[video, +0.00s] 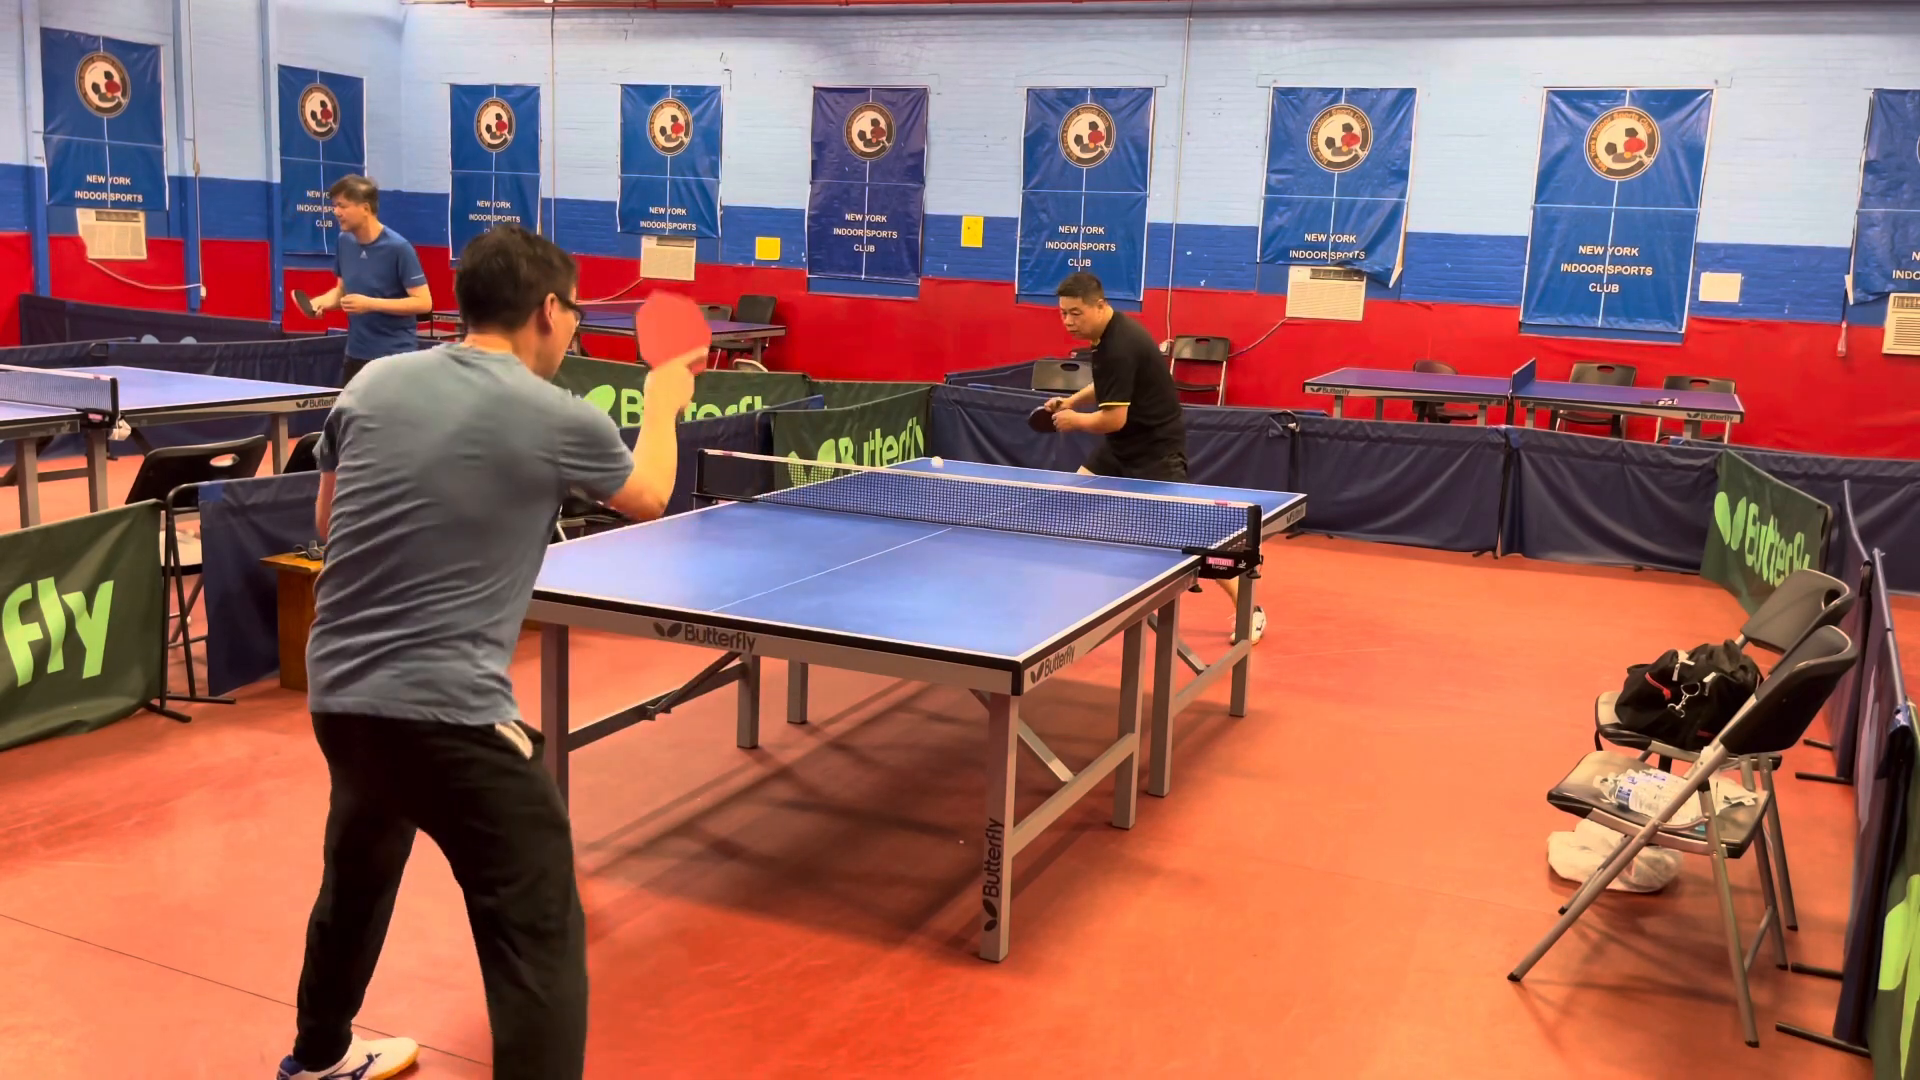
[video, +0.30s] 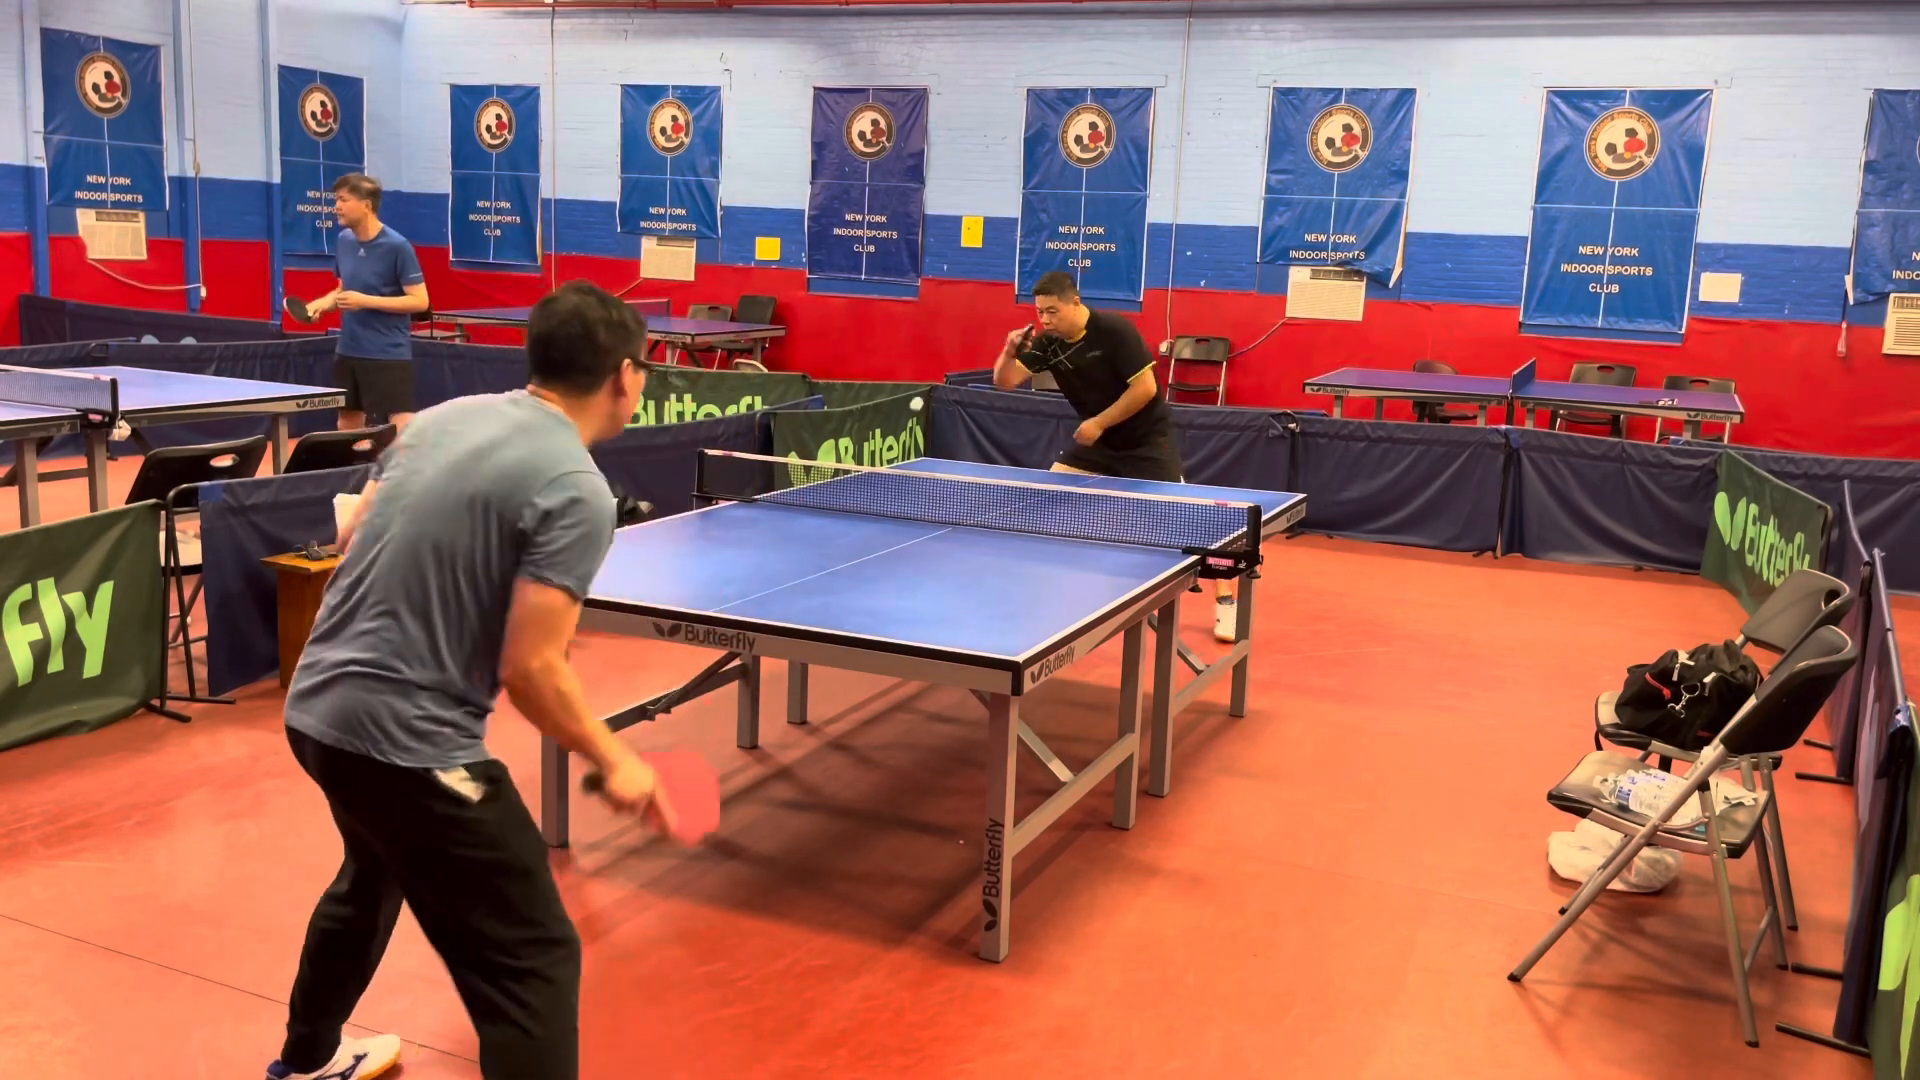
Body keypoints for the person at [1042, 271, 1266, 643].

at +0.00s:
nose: (1067, 322)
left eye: (1074, 314)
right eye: (1063, 314)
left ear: (1100, 306)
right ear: (1064, 310)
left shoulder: (1121, 344)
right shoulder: (1106, 334)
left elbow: (1115, 419)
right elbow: (1108, 383)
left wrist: (1076, 421)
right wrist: (1071, 401)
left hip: (1157, 452)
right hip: (1119, 446)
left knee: (1191, 532)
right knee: (1069, 506)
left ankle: (1248, 612)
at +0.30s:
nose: (1044, 321)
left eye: (1051, 312)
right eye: (1040, 312)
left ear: (1075, 305)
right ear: (1037, 310)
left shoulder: (1116, 330)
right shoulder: (1047, 341)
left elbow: (1145, 388)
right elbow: (1005, 381)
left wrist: (1099, 422)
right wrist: (1009, 352)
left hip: (1147, 440)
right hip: (1097, 441)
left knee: (1180, 514)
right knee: (1045, 497)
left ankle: (1224, 595)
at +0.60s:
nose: (1068, 326)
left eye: (1077, 317)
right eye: (1063, 318)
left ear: (1098, 315)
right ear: (1057, 317)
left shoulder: (1131, 350)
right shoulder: (1053, 354)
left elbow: (1148, 410)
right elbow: (1033, 402)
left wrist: (1095, 435)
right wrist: (1030, 409)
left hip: (1132, 450)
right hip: (1073, 448)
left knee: (1169, 509)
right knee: (1021, 497)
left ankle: (1196, 594)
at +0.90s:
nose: (1057, 319)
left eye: (1065, 311)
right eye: (1052, 311)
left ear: (1087, 304)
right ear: (1049, 309)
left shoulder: (1109, 342)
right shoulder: (1082, 335)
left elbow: (1106, 414)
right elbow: (1087, 382)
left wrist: (1067, 419)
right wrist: (1058, 405)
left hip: (1142, 446)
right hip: (1102, 440)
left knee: (1167, 523)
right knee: (1052, 498)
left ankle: (1230, 594)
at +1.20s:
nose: (1121, 318)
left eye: (1128, 310)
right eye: (1118, 310)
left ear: (1154, 304)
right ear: (1117, 309)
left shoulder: (1192, 343)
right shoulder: (1127, 343)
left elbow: (1203, 408)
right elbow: (1101, 399)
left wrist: (1150, 428)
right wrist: (1102, 362)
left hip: (1189, 455)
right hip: (1141, 449)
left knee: (1194, 532)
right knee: (1097, 509)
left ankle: (1243, 607)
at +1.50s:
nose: (1142, 320)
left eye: (1151, 312)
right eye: (1137, 312)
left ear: (1173, 309)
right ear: (1132, 313)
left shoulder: (1208, 349)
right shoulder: (1125, 355)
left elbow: (1229, 406)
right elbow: (1112, 419)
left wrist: (1180, 437)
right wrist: (1119, 411)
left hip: (1193, 458)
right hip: (1132, 455)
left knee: (1213, 523)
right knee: (1085, 507)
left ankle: (1247, 608)